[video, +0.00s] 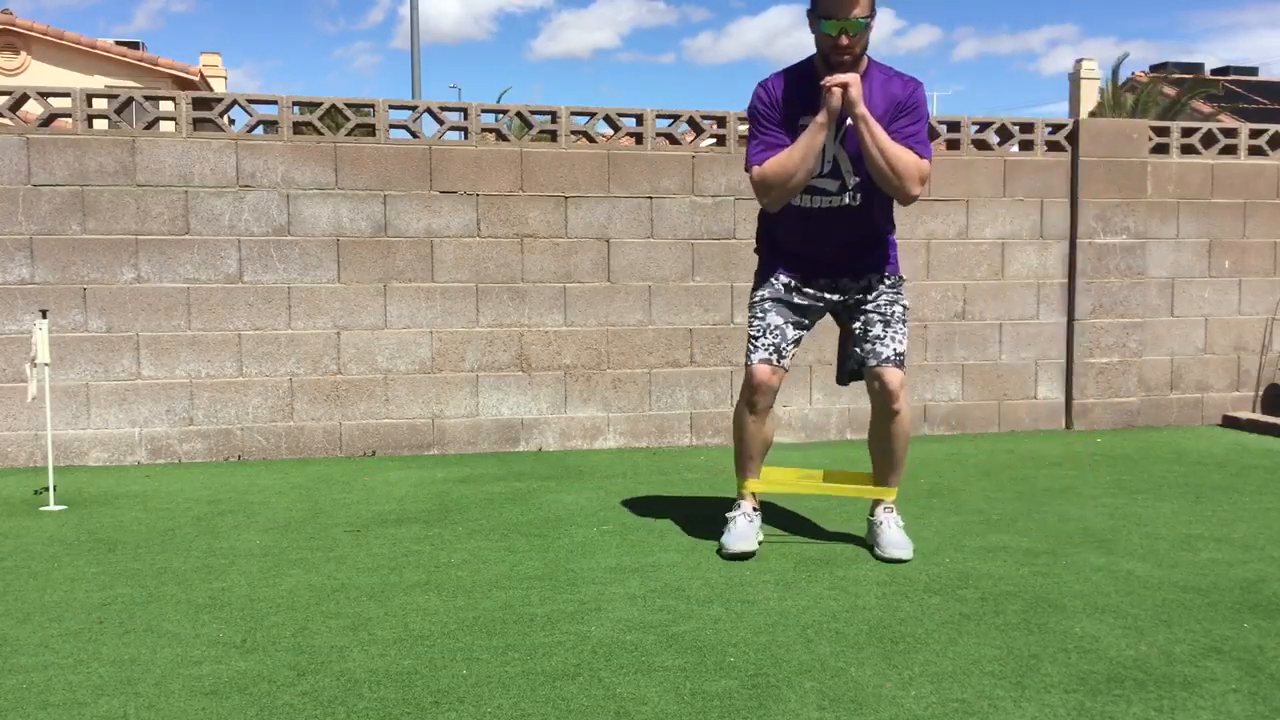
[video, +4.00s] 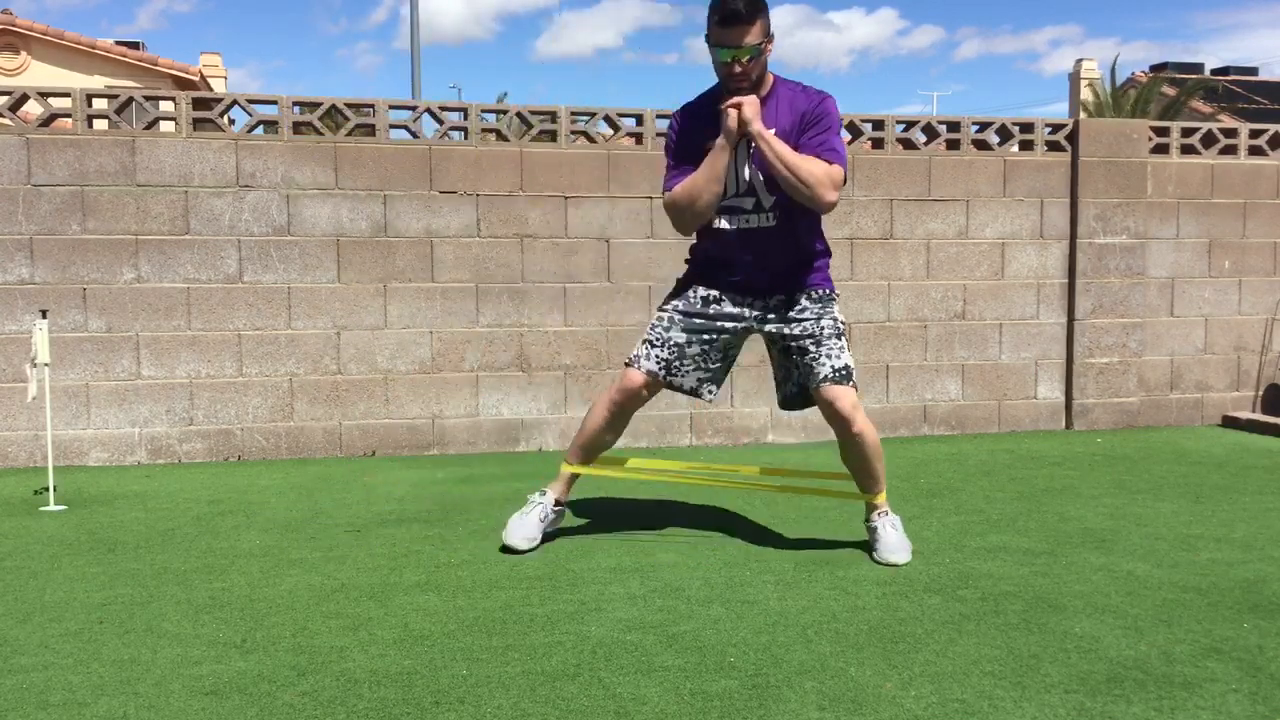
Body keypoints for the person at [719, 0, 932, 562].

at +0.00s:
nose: (843, 37)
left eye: (856, 26)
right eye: (830, 25)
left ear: (872, 23)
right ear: (812, 24)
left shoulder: (903, 92)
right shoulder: (775, 93)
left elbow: (911, 186)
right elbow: (770, 191)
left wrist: (859, 111)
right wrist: (827, 117)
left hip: (870, 267)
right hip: (789, 265)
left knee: (890, 384)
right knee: (760, 379)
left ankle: (885, 509)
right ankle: (745, 506)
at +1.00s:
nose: (604, 46)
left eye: (616, 34)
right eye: (592, 33)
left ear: (637, 24)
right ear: (577, 24)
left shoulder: (672, 94)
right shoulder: (548, 95)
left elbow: (676, 190)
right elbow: (541, 198)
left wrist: (622, 118)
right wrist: (589, 123)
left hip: (657, 265)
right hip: (578, 266)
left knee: (678, 382)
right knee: (544, 384)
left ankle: (694, 505)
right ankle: (534, 505)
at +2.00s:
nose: (365, 39)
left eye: (378, 28)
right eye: (355, 28)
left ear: (404, 20)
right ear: (343, 22)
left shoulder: (445, 89)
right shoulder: (321, 84)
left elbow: (444, 182)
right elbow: (305, 183)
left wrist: (385, 110)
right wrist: (352, 116)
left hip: (440, 253)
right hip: (363, 256)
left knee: (451, 364)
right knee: (330, 381)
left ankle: (487, 492)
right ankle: (329, 508)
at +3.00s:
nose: (542, 39)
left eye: (554, 27)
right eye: (531, 28)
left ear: (578, 20)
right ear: (519, 23)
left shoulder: (623, 85)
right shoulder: (502, 94)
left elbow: (630, 172)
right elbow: (501, 195)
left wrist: (566, 106)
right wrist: (538, 115)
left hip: (612, 261)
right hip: (532, 257)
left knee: (638, 383)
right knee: (461, 366)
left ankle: (667, 508)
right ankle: (426, 481)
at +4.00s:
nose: (736, 65)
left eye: (747, 52)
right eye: (723, 53)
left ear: (768, 42)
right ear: (708, 46)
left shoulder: (811, 107)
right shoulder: (692, 119)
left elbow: (824, 194)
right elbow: (684, 217)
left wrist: (758, 134)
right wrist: (727, 141)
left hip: (799, 285)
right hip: (713, 282)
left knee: (843, 406)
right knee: (631, 385)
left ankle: (881, 514)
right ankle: (553, 497)